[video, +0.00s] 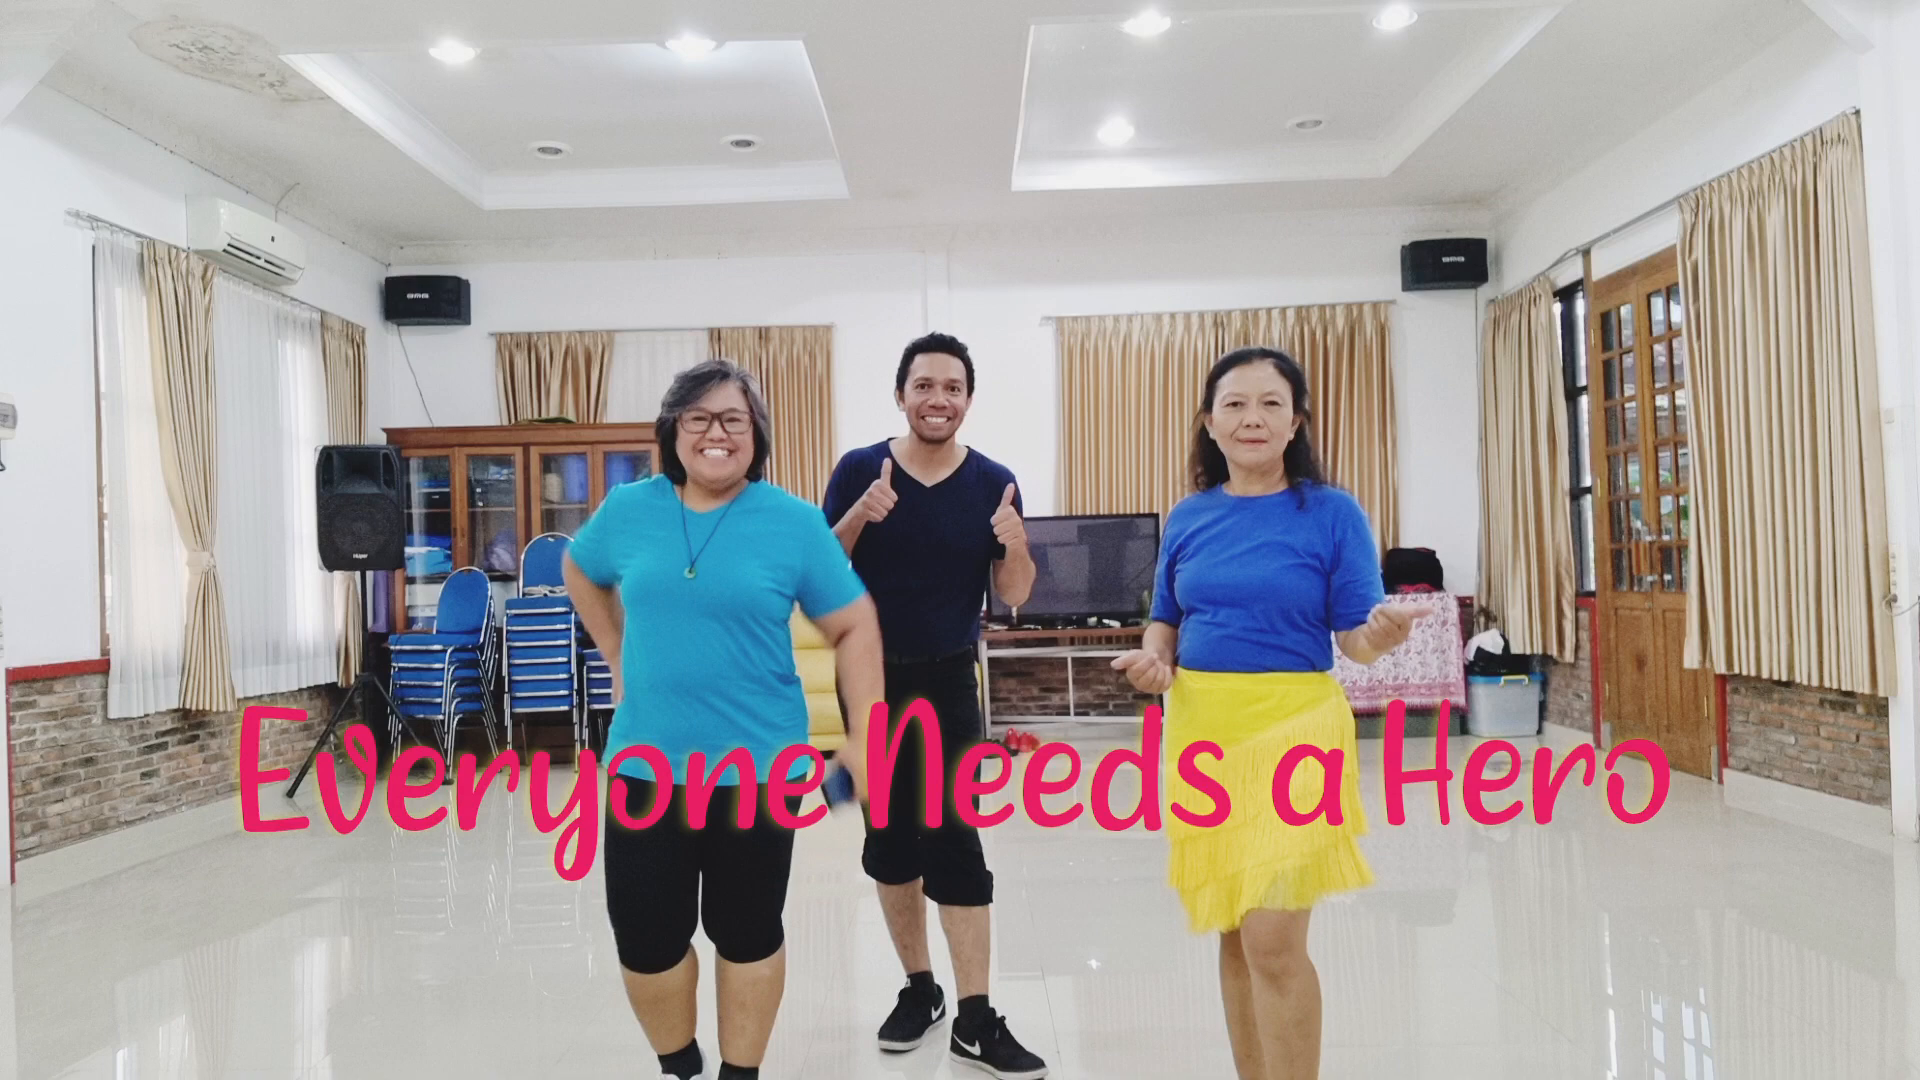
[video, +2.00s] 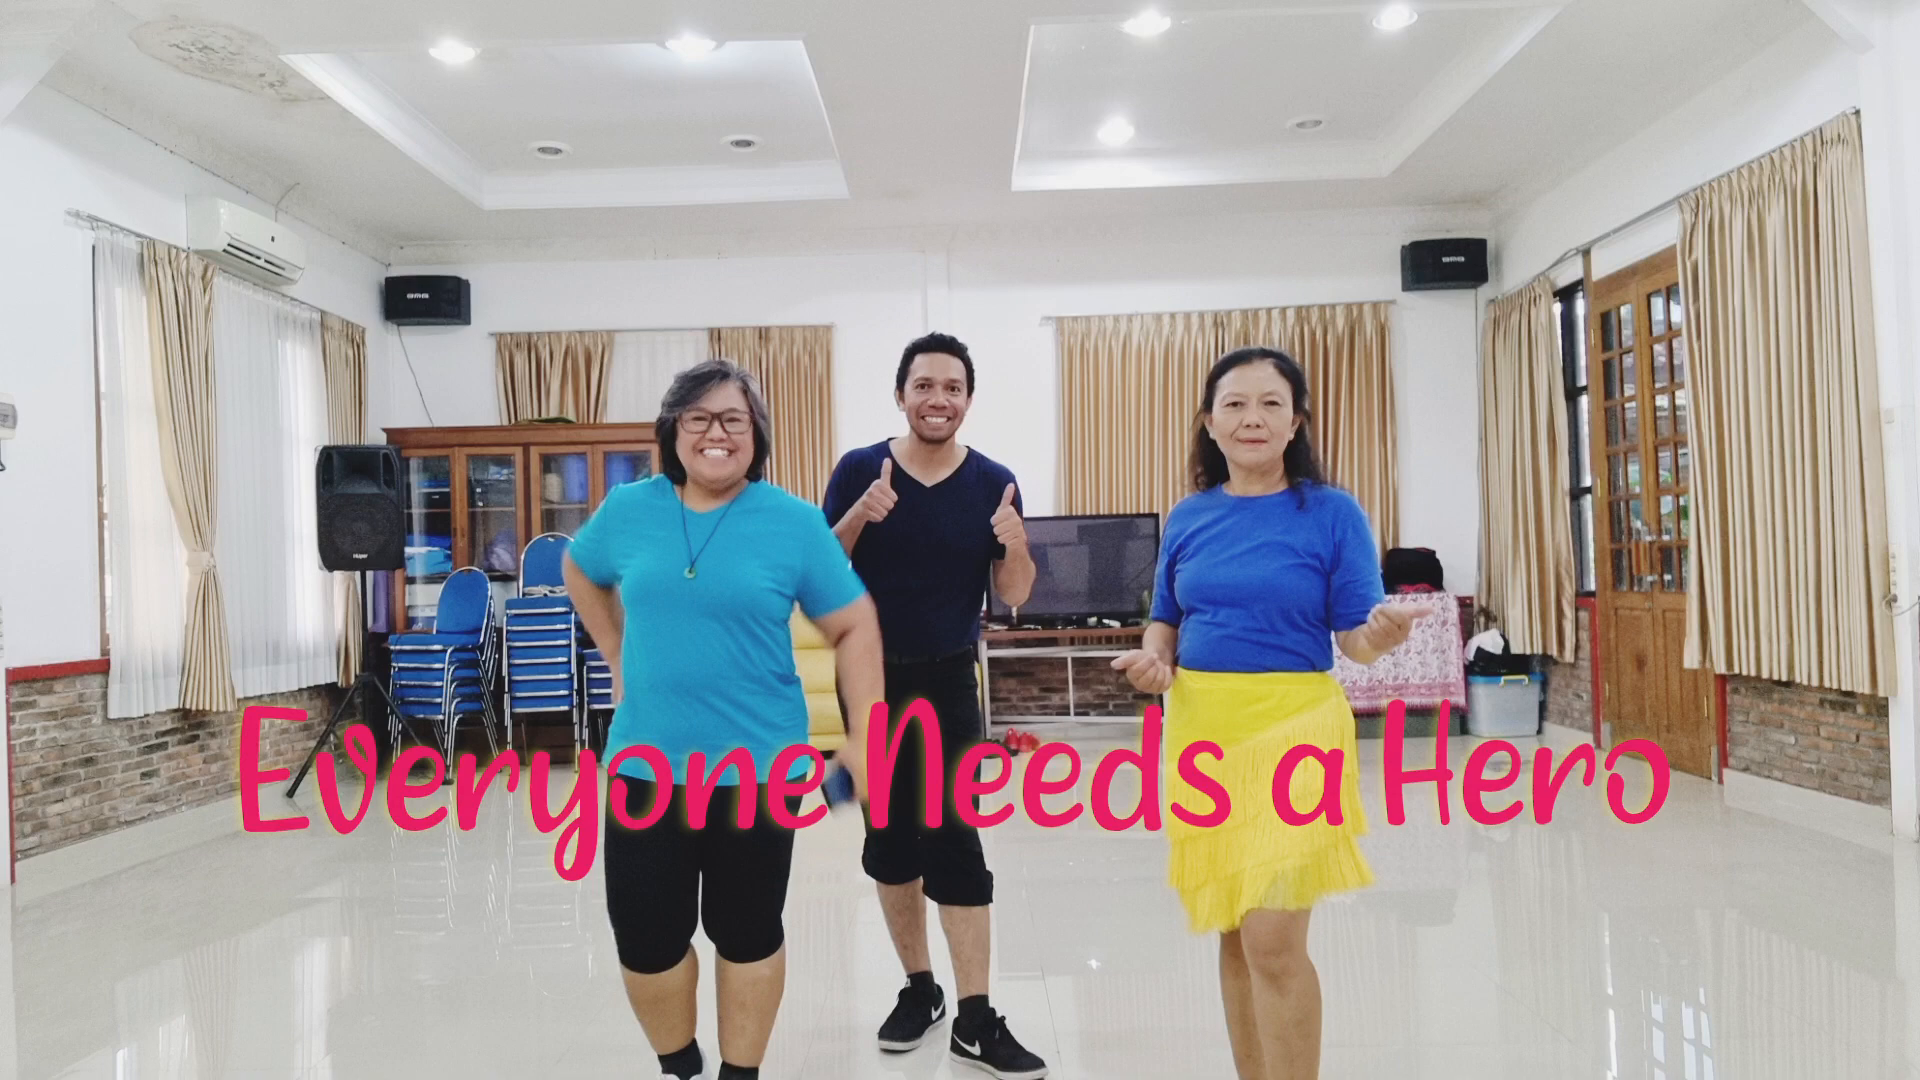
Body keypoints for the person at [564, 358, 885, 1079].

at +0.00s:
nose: (720, 432)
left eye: (736, 420)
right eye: (702, 420)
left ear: (756, 436)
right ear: (672, 434)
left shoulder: (795, 523)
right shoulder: (627, 509)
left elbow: (856, 626)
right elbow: (580, 570)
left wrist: (865, 738)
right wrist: (625, 663)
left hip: (758, 768)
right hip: (645, 764)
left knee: (746, 932)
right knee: (646, 938)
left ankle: (739, 1076)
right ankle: (680, 1069)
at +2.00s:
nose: (720, 432)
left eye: (736, 420)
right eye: (702, 420)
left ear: (756, 436)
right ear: (672, 434)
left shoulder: (795, 523)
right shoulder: (627, 509)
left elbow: (856, 626)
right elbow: (580, 570)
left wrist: (865, 738)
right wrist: (625, 663)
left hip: (758, 768)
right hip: (645, 764)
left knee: (746, 932)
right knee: (646, 938)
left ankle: (739, 1076)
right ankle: (680, 1069)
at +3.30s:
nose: (719, 316)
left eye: (735, 303)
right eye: (701, 303)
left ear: (756, 319)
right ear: (672, 317)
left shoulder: (795, 407)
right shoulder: (627, 393)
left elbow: (856, 509)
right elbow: (580, 453)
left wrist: (867, 622)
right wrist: (622, 544)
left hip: (758, 652)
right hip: (646, 649)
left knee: (748, 815)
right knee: (645, 819)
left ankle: (738, 973)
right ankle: (681, 961)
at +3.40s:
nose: (719, 156)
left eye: (735, 143)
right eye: (702, 143)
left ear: (756, 160)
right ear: (672, 157)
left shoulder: (795, 248)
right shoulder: (627, 233)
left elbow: (856, 349)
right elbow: (580, 293)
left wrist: (867, 462)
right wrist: (623, 384)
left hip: (757, 493)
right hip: (645, 491)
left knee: (746, 659)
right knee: (647, 666)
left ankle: (746, 811)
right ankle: (674, 808)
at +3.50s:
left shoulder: (798, 5)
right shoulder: (620, 3)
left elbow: (855, 85)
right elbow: (580, 30)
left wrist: (867, 197)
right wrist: (626, 128)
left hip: (757, 222)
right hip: (646, 220)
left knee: (746, 392)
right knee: (646, 398)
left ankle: (739, 548)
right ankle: (682, 537)